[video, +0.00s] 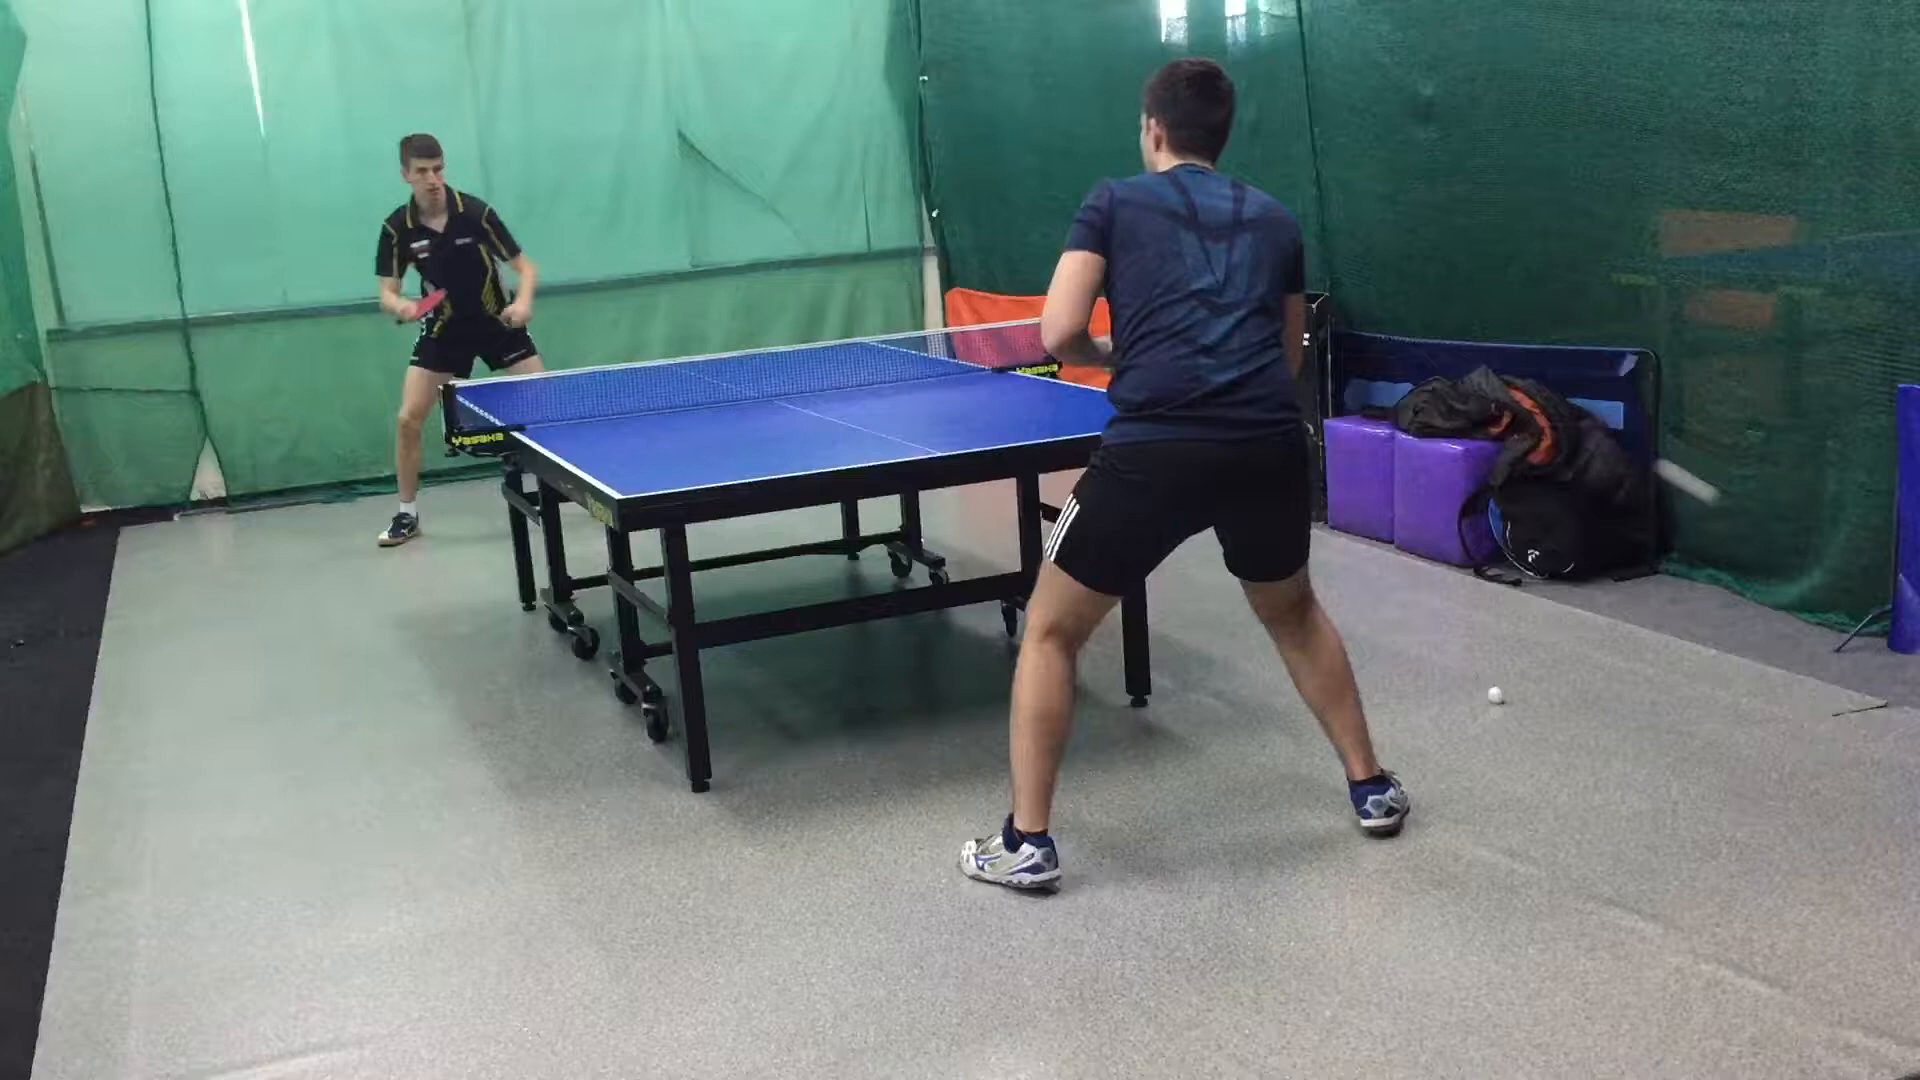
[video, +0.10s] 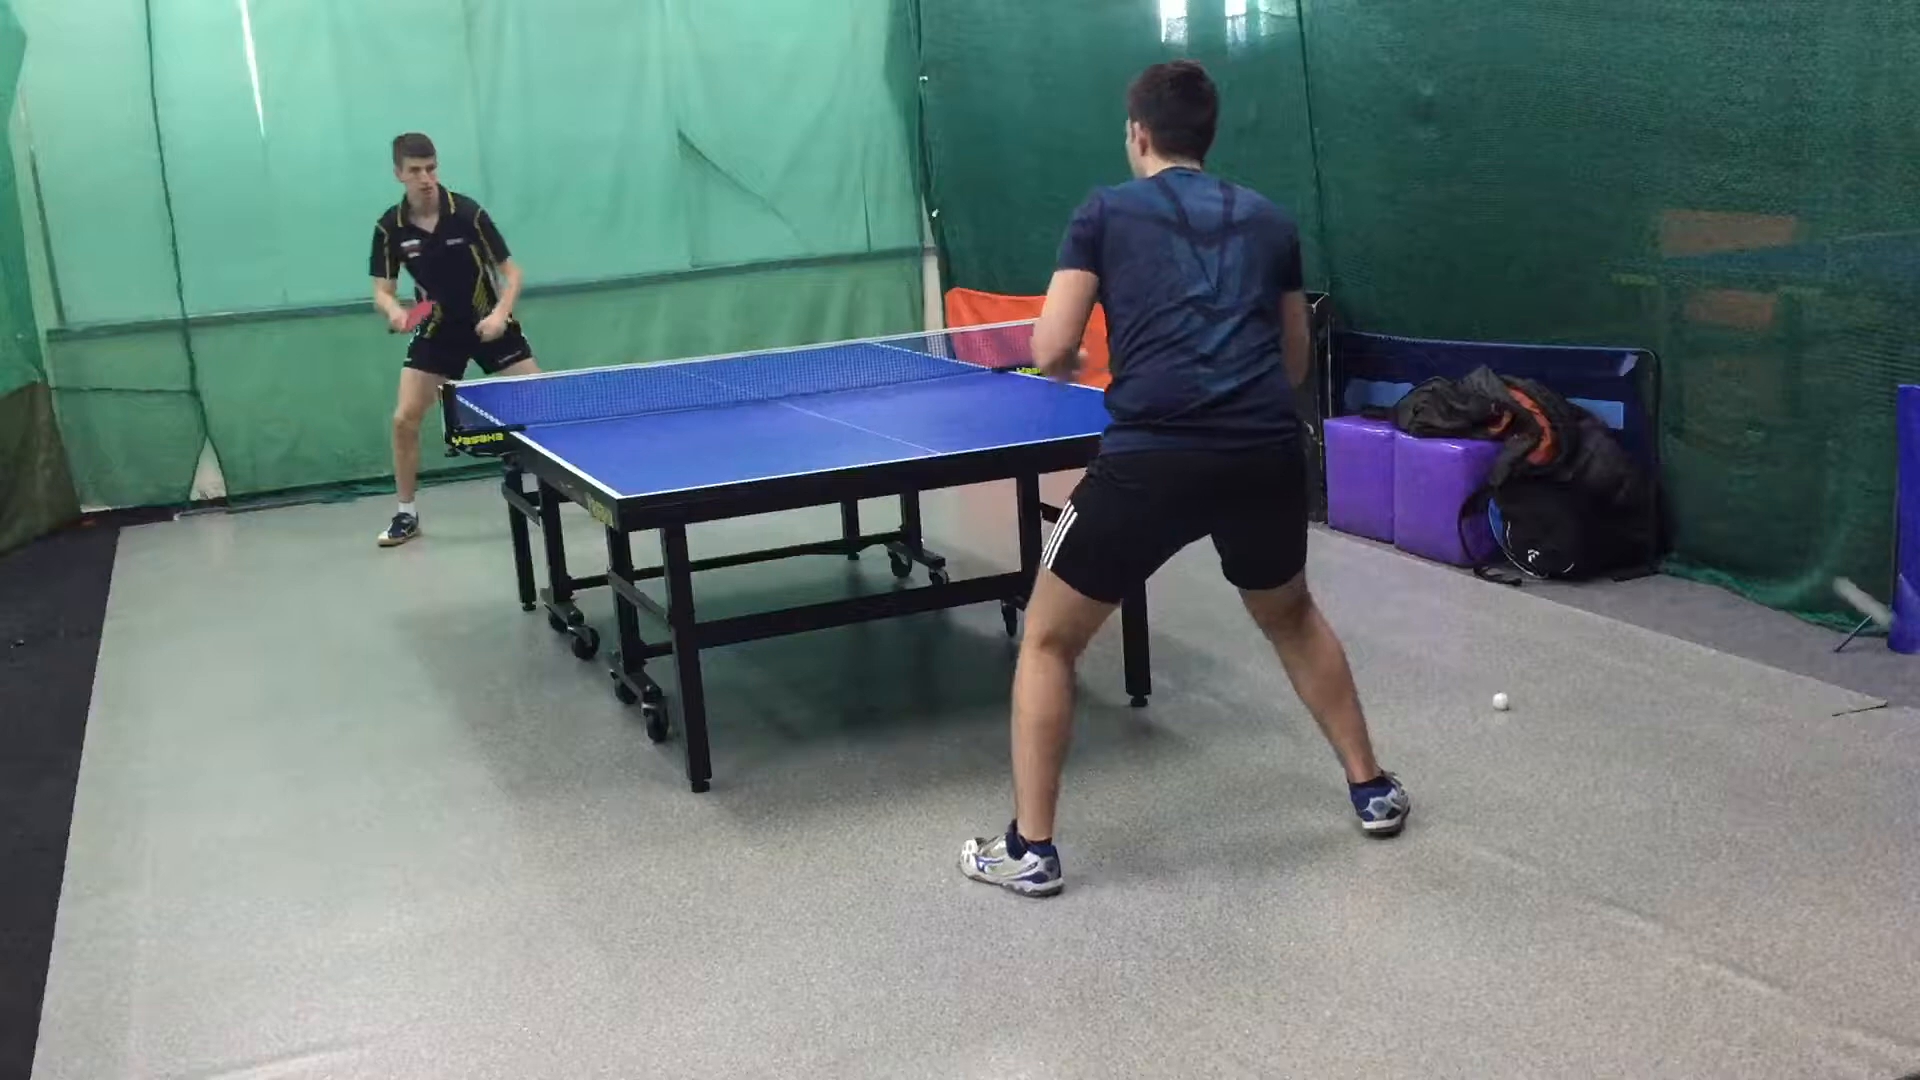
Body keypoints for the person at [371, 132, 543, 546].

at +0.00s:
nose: (434, 179)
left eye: (438, 170)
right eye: (423, 173)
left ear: (445, 169)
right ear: (406, 175)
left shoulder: (476, 212)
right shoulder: (398, 228)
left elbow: (524, 266)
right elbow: (388, 295)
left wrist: (524, 301)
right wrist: (404, 307)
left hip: (494, 320)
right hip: (443, 328)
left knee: (542, 401)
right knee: (409, 419)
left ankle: (531, 479)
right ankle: (407, 513)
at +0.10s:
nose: (426, 179)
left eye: (431, 170)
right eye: (416, 172)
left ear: (438, 168)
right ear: (399, 174)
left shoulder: (468, 213)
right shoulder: (390, 228)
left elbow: (511, 273)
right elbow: (382, 292)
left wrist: (501, 313)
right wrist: (395, 311)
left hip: (489, 322)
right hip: (437, 329)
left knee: (537, 402)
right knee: (404, 419)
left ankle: (531, 480)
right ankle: (406, 513)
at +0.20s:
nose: (425, 174)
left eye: (430, 165)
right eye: (415, 167)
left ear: (437, 164)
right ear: (397, 169)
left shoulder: (465, 211)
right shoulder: (387, 224)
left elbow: (505, 273)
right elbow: (387, 286)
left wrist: (489, 319)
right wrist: (401, 312)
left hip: (485, 320)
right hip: (432, 329)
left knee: (533, 400)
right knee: (403, 420)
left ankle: (524, 478)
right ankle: (405, 513)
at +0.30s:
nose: (432, 172)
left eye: (437, 162)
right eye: (422, 164)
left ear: (444, 162)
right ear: (405, 167)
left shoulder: (473, 210)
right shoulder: (393, 223)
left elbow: (509, 271)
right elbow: (394, 287)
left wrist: (504, 316)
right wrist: (416, 313)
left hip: (487, 322)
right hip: (435, 331)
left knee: (541, 398)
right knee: (406, 421)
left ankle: (526, 479)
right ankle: (406, 513)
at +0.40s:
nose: (445, 171)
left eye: (449, 162)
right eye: (435, 164)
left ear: (457, 161)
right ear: (417, 166)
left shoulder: (487, 209)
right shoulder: (407, 223)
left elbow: (523, 268)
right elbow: (408, 293)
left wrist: (526, 316)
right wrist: (435, 314)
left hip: (498, 323)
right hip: (447, 331)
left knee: (545, 401)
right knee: (415, 419)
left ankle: (538, 479)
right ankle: (407, 511)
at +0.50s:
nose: (452, 168)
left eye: (457, 159)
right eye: (442, 161)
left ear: (464, 158)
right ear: (426, 163)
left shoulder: (496, 203)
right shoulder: (416, 221)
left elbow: (531, 258)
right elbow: (419, 292)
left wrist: (546, 307)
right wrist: (448, 309)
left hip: (510, 318)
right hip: (458, 328)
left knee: (555, 397)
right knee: (427, 417)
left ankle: (520, 470)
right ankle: (411, 511)